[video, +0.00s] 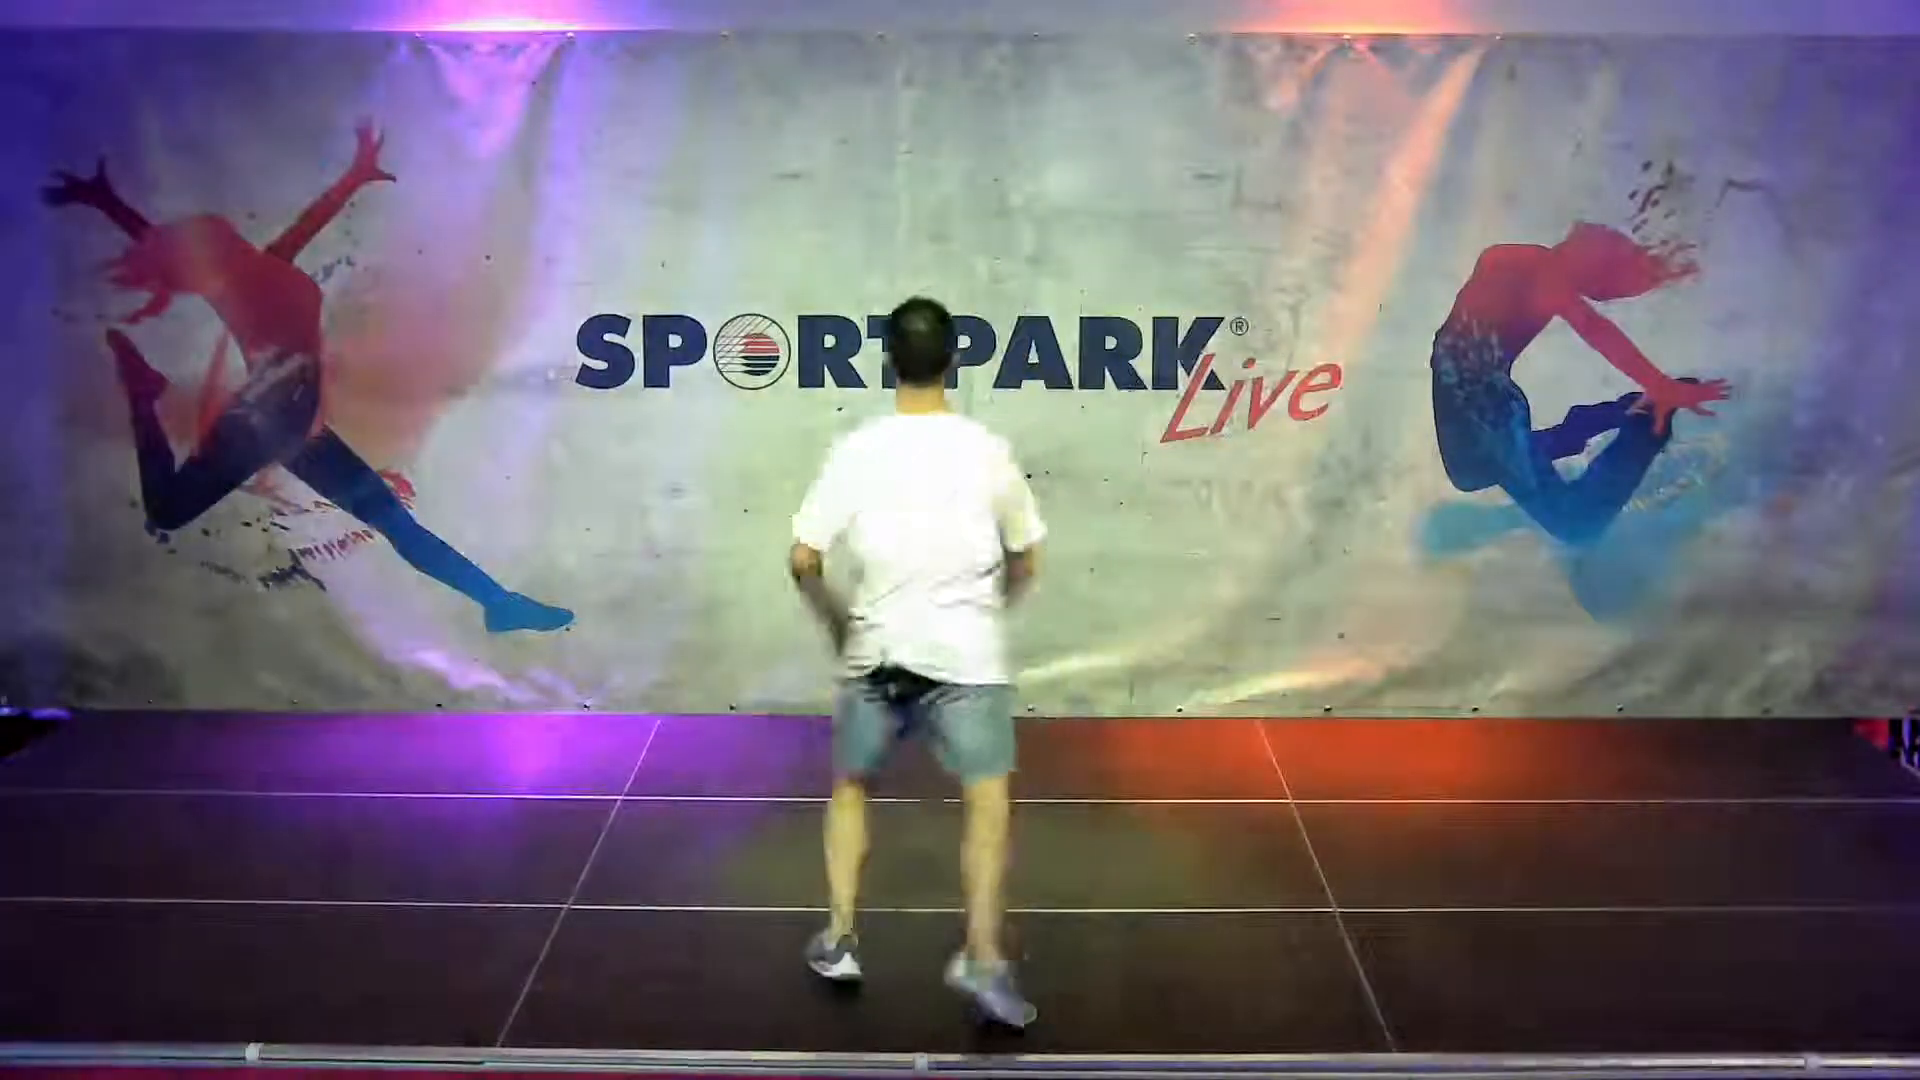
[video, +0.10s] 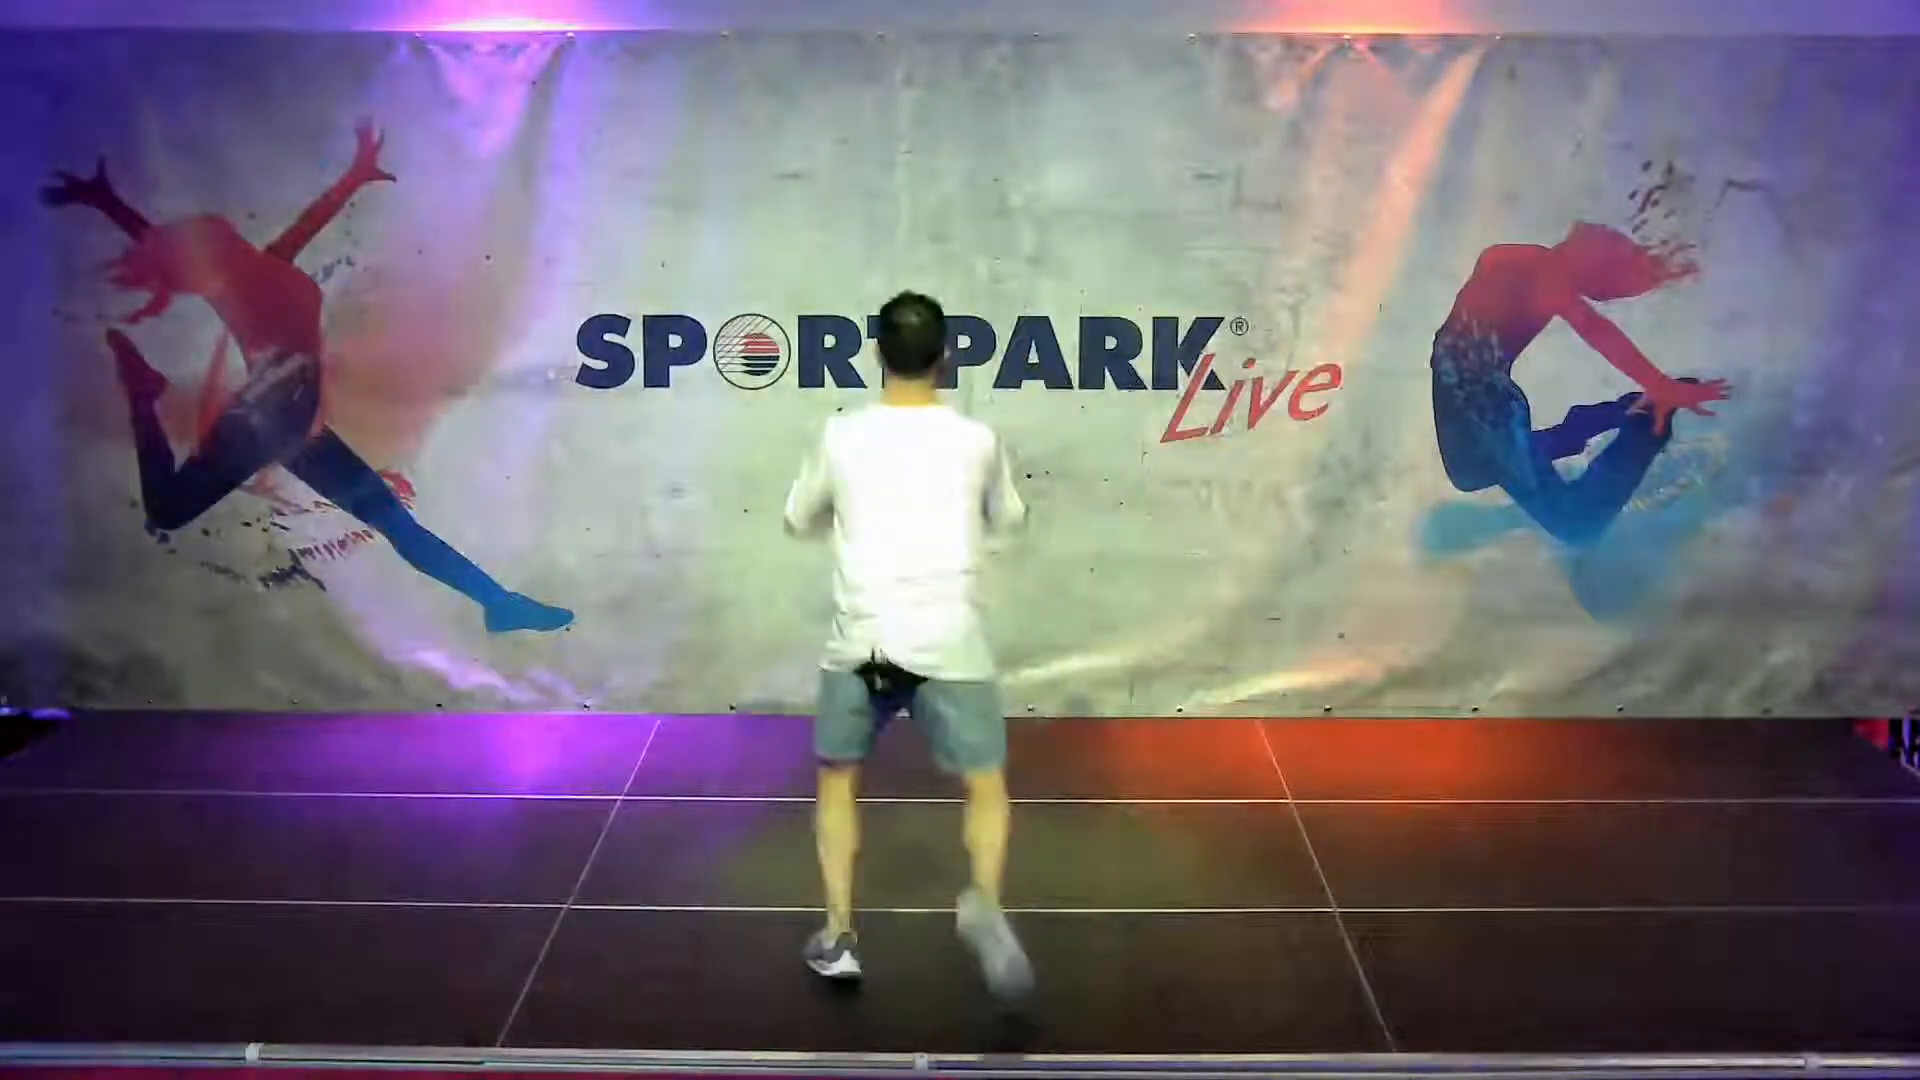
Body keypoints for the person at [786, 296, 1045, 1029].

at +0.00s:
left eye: (897, 355)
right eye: (940, 355)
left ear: (888, 365)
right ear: (953, 364)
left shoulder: (856, 451)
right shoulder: (986, 449)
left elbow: (804, 560)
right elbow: (1024, 560)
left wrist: (841, 621)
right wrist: (982, 607)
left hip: (878, 645)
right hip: (967, 647)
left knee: (850, 786)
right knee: (988, 799)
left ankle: (840, 938)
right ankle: (984, 960)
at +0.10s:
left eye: (884, 346)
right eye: (934, 348)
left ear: (877, 355)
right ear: (944, 357)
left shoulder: (844, 434)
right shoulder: (976, 439)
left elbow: (803, 518)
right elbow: (1007, 516)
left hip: (863, 637)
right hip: (950, 640)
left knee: (836, 777)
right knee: (986, 780)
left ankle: (839, 936)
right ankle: (985, 899)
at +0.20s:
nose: (904, 314)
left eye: (888, 305)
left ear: (873, 307)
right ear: (940, 312)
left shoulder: (840, 374)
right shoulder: (963, 380)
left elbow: (852, 336)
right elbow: (970, 338)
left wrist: (890, 310)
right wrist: (944, 316)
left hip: (857, 575)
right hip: (939, 575)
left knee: (842, 732)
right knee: (965, 700)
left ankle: (848, 892)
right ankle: (949, 836)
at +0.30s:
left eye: (887, 275)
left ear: (873, 288)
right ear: (938, 290)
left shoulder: (841, 349)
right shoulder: (959, 354)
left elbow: (859, 288)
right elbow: (970, 285)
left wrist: (899, 227)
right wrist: (938, 218)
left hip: (852, 547)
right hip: (934, 550)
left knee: (856, 709)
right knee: (943, 682)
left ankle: (865, 872)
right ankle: (937, 826)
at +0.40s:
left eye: (886, 299)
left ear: (879, 309)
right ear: (941, 311)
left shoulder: (849, 362)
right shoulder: (957, 373)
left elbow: (855, 290)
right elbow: (972, 295)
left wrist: (898, 225)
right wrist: (938, 225)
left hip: (849, 560)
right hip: (927, 564)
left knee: (869, 726)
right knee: (923, 701)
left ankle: (888, 893)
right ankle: (923, 793)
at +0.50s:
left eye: (889, 310)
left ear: (879, 323)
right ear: (941, 325)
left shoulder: (850, 375)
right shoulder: (956, 388)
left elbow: (855, 296)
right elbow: (973, 305)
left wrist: (898, 241)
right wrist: (940, 243)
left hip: (849, 575)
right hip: (926, 578)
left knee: (872, 739)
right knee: (922, 706)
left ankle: (894, 895)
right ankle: (919, 798)